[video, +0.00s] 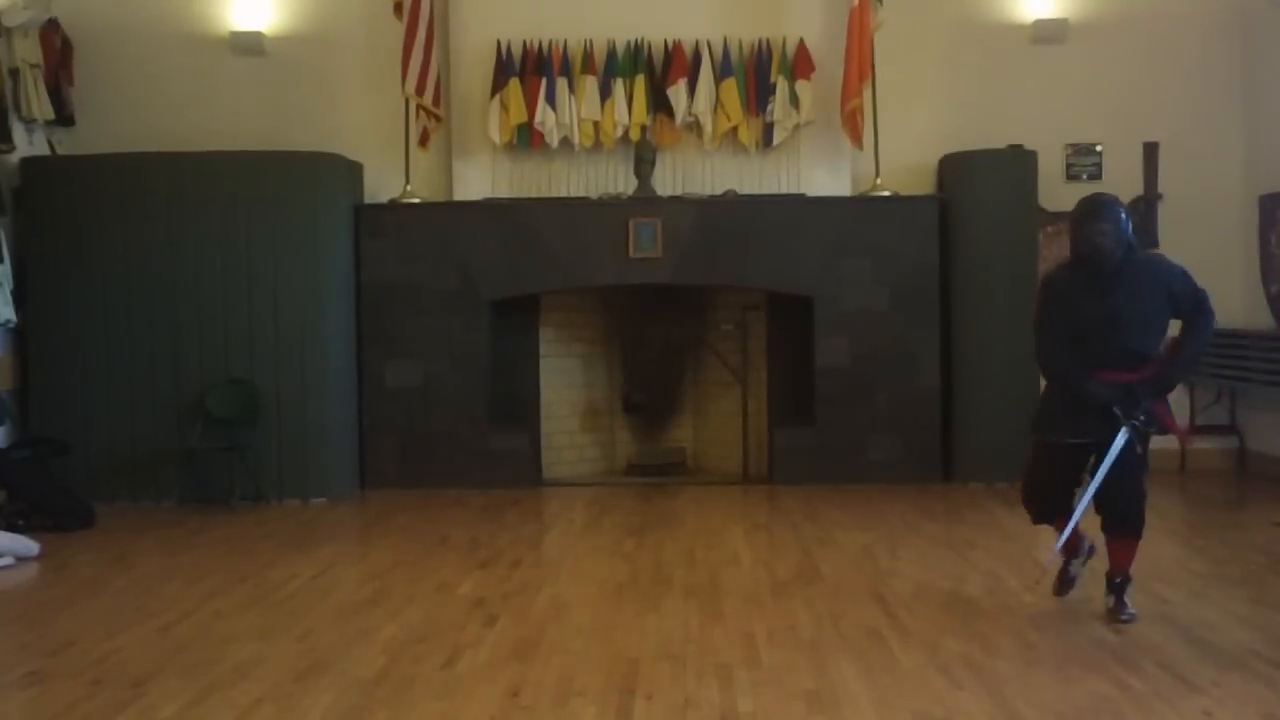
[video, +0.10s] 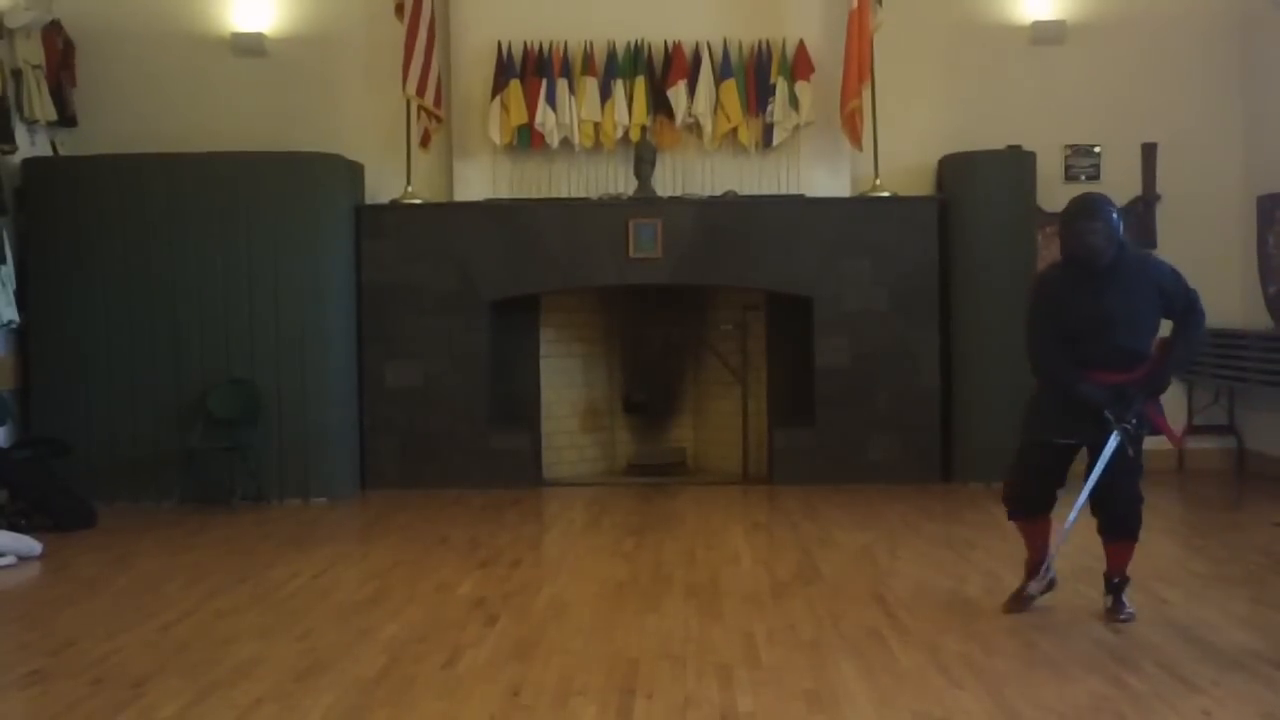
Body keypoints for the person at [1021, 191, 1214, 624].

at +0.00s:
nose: (1092, 244)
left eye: (1102, 235)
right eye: (1084, 235)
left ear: (1124, 235)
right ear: (1073, 236)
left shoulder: (1155, 275)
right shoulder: (1059, 284)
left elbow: (1201, 314)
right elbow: (1049, 357)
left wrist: (1172, 372)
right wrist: (1105, 398)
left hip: (1129, 404)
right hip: (1068, 401)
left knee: (1123, 500)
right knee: (1042, 493)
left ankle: (1119, 587)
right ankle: (1076, 549)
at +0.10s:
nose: (1082, 244)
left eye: (1091, 235)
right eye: (1074, 235)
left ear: (1114, 234)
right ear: (1064, 237)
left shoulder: (1147, 274)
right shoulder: (1050, 285)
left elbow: (1192, 315)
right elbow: (1043, 358)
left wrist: (1163, 371)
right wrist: (1098, 400)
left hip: (1124, 399)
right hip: (1062, 395)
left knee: (1118, 498)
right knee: (1026, 489)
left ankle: (1116, 588)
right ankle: (1039, 571)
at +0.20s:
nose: (1077, 244)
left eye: (1085, 235)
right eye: (1068, 235)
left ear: (1105, 235)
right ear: (1055, 238)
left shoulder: (1137, 278)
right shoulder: (1039, 287)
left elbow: (1180, 314)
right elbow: (1033, 361)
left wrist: (1158, 370)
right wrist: (1086, 405)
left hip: (1115, 405)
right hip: (1053, 401)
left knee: (1116, 503)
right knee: (1013, 492)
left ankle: (1116, 591)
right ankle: (995, 590)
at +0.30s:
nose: (1065, 248)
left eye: (1073, 238)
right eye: (1055, 240)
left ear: (1091, 237)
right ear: (1040, 243)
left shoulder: (1123, 282)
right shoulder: (1026, 294)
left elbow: (1167, 323)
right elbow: (1021, 369)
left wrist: (1136, 382)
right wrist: (1080, 412)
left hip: (1104, 411)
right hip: (1041, 409)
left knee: (1115, 510)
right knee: (1005, 495)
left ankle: (1115, 592)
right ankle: (963, 589)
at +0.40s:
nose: (1043, 254)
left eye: (1051, 243)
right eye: (1034, 246)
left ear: (1071, 243)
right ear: (1020, 250)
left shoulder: (1101, 288)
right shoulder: (1005, 302)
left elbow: (1146, 329)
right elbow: (1001, 377)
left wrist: (1116, 393)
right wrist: (1060, 421)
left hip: (1087, 418)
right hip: (1021, 417)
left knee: (1110, 514)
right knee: (987, 506)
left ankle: (1113, 589)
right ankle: (951, 604)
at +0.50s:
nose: (1024, 260)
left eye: (1029, 249)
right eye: (1012, 252)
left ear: (1046, 245)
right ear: (996, 255)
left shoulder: (1075, 291)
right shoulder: (980, 305)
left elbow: (1118, 330)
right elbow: (978, 387)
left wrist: (1095, 394)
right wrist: (1035, 426)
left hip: (1064, 419)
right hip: (998, 419)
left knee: (1096, 514)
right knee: (960, 506)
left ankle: (1110, 587)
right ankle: (942, 610)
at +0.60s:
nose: (997, 255)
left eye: (1004, 244)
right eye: (987, 247)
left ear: (1021, 243)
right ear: (971, 252)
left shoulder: (1051, 283)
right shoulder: (961, 300)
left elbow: (1094, 329)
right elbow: (959, 384)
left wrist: (1070, 392)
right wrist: (1017, 428)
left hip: (1044, 415)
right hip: (982, 415)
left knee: (1080, 508)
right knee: (945, 506)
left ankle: (1101, 584)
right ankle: (941, 612)